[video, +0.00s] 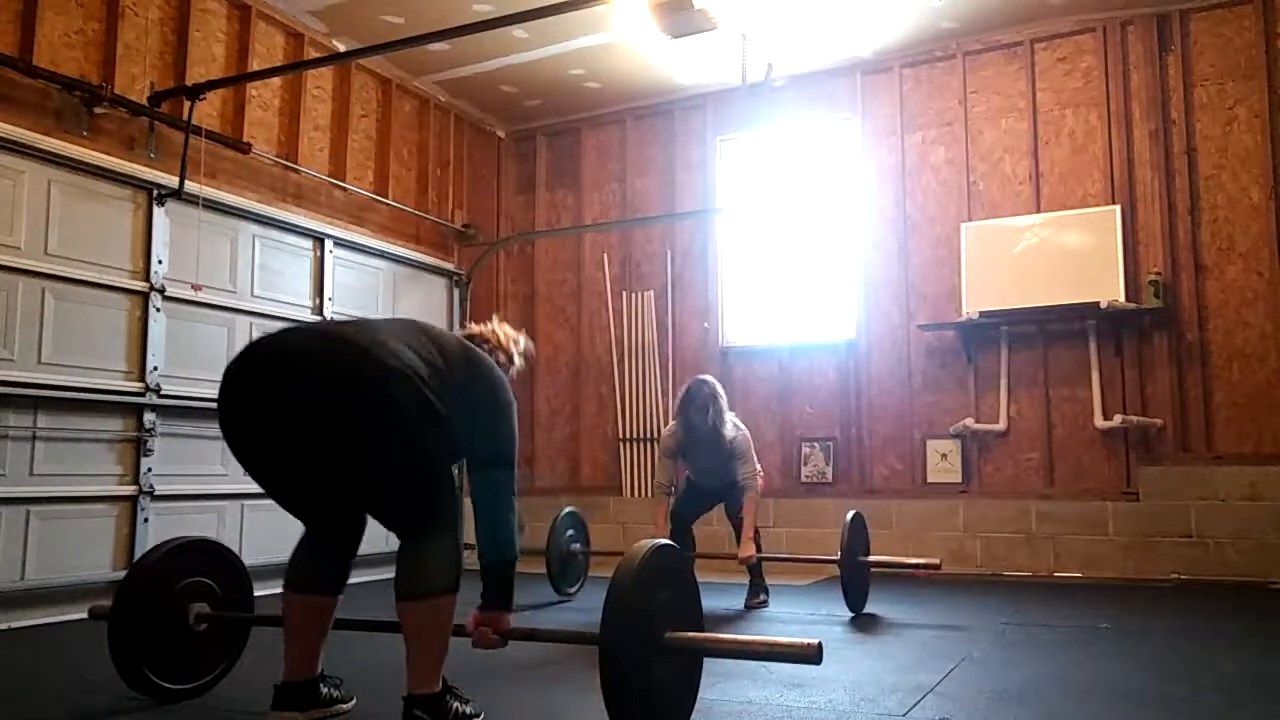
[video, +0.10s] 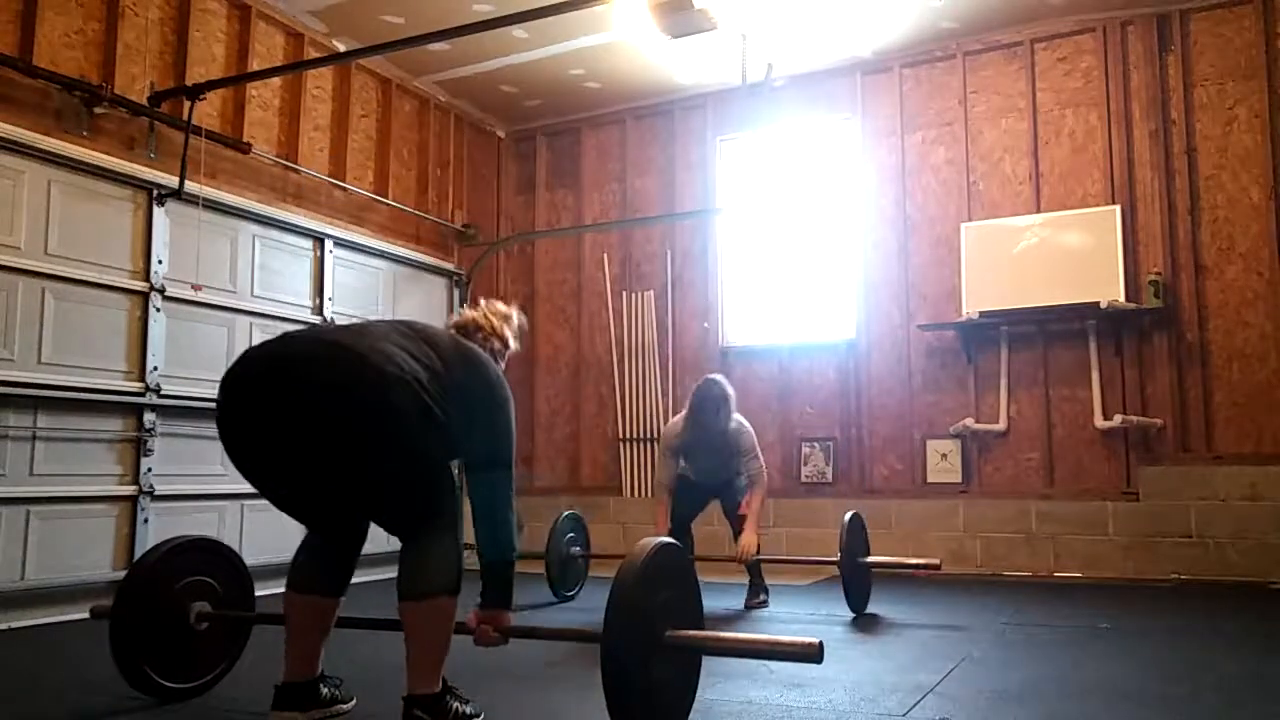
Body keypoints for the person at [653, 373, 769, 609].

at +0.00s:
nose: (706, 418)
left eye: (711, 410)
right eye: (700, 411)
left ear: (719, 407)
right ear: (687, 409)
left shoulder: (735, 434)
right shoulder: (673, 437)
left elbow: (751, 484)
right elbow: (662, 487)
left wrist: (748, 539)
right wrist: (661, 535)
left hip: (734, 486)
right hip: (700, 487)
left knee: (741, 521)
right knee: (679, 518)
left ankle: (757, 585)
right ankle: (684, 584)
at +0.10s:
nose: (714, 427)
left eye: (719, 421)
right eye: (706, 421)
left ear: (728, 413)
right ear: (696, 412)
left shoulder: (739, 430)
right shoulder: (674, 431)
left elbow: (759, 477)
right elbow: (663, 484)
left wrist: (751, 529)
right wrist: (662, 534)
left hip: (732, 481)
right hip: (694, 481)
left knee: (739, 521)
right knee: (678, 523)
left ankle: (757, 585)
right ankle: (683, 585)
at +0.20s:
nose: (736, 415)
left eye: (739, 409)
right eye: (730, 409)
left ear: (743, 403)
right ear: (712, 399)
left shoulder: (746, 420)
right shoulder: (681, 416)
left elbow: (759, 465)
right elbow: (664, 466)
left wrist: (752, 503)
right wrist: (662, 506)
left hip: (724, 464)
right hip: (686, 464)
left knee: (737, 520)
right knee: (677, 526)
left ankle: (756, 584)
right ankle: (672, 587)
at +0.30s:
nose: (739, 400)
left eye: (745, 395)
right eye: (736, 393)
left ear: (750, 393)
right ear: (726, 384)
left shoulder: (748, 404)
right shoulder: (689, 401)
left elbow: (748, 446)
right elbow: (665, 446)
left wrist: (749, 486)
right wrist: (660, 485)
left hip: (711, 454)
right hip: (679, 455)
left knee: (734, 513)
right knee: (679, 511)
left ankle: (752, 577)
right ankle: (676, 572)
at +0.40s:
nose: (763, 401)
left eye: (765, 395)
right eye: (763, 394)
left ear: (758, 389)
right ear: (743, 382)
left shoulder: (747, 400)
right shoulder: (703, 389)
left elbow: (740, 439)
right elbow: (662, 431)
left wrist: (743, 475)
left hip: (701, 443)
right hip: (669, 445)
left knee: (732, 494)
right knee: (686, 509)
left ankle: (729, 562)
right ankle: (680, 574)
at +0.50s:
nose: (769, 400)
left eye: (773, 396)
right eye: (770, 394)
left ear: (766, 391)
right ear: (759, 383)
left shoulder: (750, 402)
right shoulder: (717, 387)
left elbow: (742, 443)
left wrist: (743, 482)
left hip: (699, 437)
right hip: (672, 435)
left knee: (723, 493)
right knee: (684, 499)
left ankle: (699, 551)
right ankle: (656, 567)